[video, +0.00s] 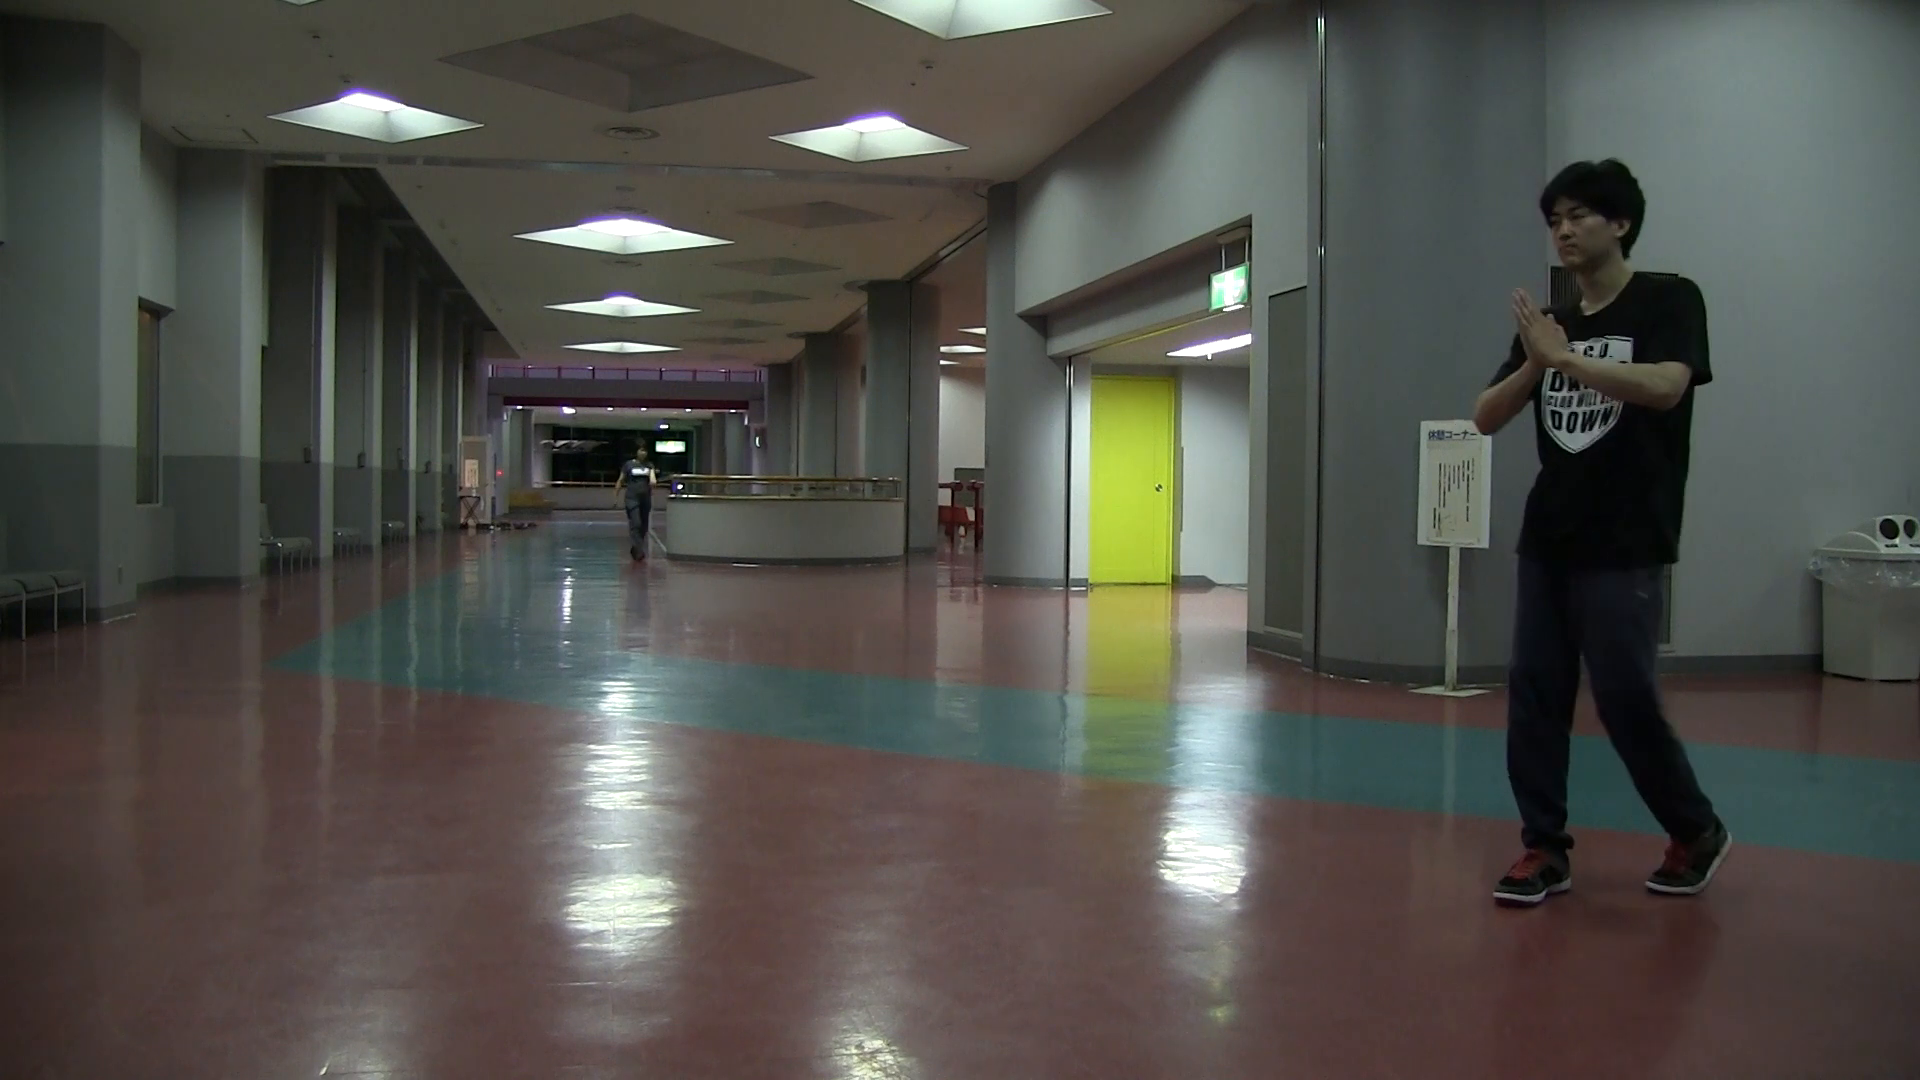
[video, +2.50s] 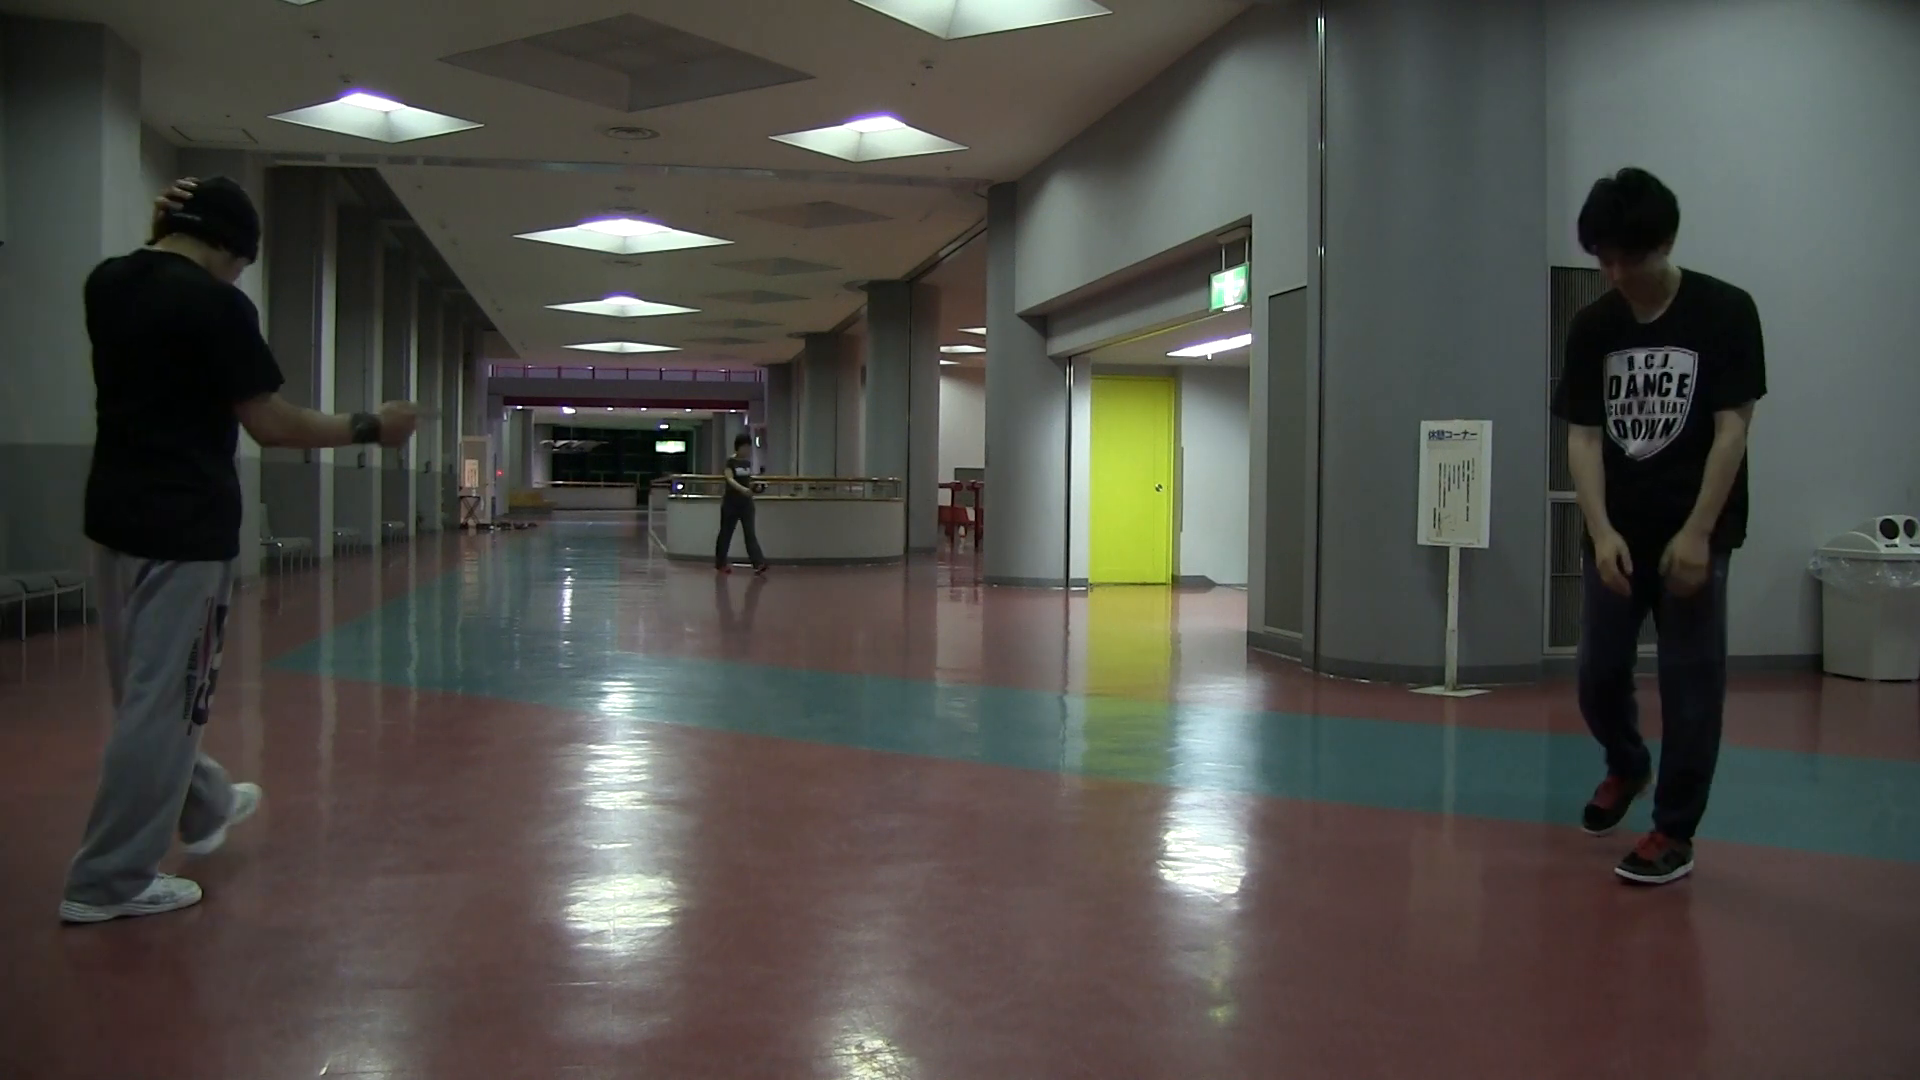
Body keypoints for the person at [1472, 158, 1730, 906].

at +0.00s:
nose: (1562, 230)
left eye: (1578, 216)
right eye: (1555, 219)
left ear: (1619, 223)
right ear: (1550, 232)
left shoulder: (1669, 299)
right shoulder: (1551, 318)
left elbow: (1664, 388)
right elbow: (1484, 418)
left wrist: (1561, 358)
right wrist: (1534, 365)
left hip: (1625, 539)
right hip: (1549, 535)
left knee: (1624, 701)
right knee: (1536, 699)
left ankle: (1696, 833)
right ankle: (1545, 849)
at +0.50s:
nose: (1609, 229)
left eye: (1622, 215)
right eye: (1607, 216)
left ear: (1667, 220)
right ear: (1622, 226)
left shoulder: (1713, 295)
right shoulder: (1619, 326)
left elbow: (1685, 392)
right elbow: (1595, 422)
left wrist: (1589, 386)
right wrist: (1565, 391)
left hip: (1699, 527)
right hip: (1630, 526)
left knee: (1687, 687)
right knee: (1593, 678)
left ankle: (1709, 847)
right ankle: (1580, 827)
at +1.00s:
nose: (1621, 220)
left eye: (1635, 214)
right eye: (1632, 212)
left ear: (1653, 236)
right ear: (1655, 242)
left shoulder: (1649, 304)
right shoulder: (1633, 308)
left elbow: (1654, 414)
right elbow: (1621, 428)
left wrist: (1668, 520)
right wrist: (1603, 530)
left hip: (1651, 536)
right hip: (1626, 534)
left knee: (1652, 680)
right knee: (1626, 674)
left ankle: (1702, 841)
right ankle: (1646, 816)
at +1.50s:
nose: (1638, 241)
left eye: (1648, 231)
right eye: (1648, 230)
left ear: (1663, 245)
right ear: (1694, 260)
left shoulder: (1642, 316)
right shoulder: (1674, 324)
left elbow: (1585, 406)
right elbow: (1640, 430)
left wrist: (1534, 494)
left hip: (1599, 537)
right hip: (1632, 534)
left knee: (1548, 670)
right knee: (1614, 668)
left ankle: (1643, 800)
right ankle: (1632, 819)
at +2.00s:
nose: (1537, 294)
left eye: (1542, 278)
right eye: (1532, 281)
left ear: (1582, 264)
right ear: (1572, 271)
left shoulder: (1656, 329)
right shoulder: (1583, 346)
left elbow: (1677, 438)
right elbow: (1580, 443)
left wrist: (1691, 545)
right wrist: (1553, 528)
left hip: (1661, 534)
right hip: (1614, 531)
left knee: (1588, 666)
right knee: (1622, 675)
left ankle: (1649, 817)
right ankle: (1628, 816)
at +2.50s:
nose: (1614, 272)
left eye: (1626, 258)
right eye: (1604, 258)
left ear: (1661, 246)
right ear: (1598, 253)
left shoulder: (1726, 312)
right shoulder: (1592, 326)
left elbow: (1731, 429)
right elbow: (1582, 436)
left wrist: (1698, 531)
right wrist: (1599, 530)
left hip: (1695, 532)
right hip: (1614, 529)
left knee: (1690, 686)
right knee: (1598, 678)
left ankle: (1674, 834)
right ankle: (1629, 765)